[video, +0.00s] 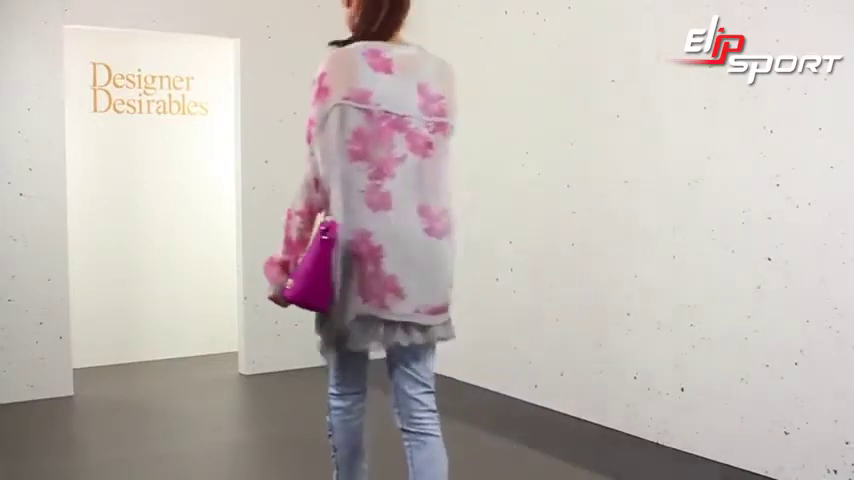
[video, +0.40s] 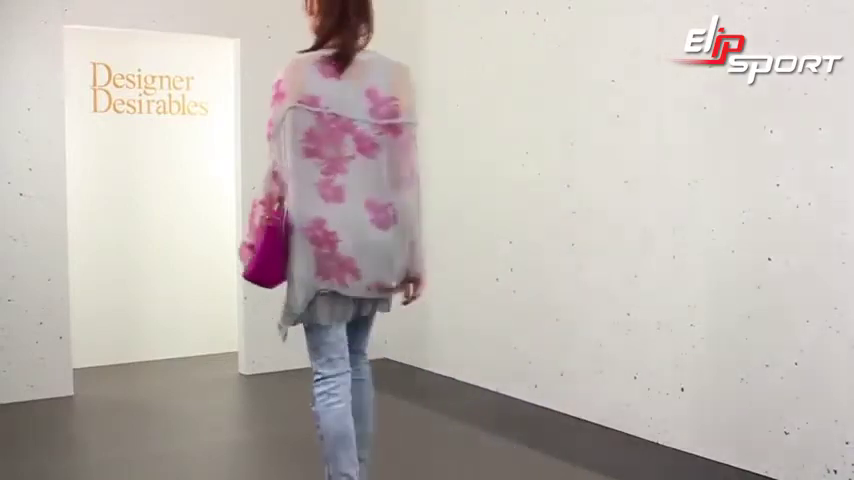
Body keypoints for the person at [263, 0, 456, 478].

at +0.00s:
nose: (345, 10)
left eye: (346, 3)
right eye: (346, 3)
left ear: (356, 7)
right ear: (403, 8)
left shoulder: (342, 65)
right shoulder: (438, 71)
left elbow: (318, 176)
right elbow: (433, 174)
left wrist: (285, 266)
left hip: (352, 253)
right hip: (424, 254)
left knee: (346, 397)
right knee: (419, 405)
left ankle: (349, 475)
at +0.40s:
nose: (306, 11)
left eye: (310, 4)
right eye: (308, 4)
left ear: (320, 11)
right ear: (362, 11)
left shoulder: (296, 73)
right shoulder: (393, 75)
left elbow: (279, 167)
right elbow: (405, 176)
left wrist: (259, 239)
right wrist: (414, 259)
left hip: (316, 239)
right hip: (381, 239)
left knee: (330, 373)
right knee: (357, 360)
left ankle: (344, 474)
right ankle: (361, 467)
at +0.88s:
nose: (265, 40)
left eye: (268, 33)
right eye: (266, 32)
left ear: (279, 35)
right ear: (312, 33)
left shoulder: (260, 94)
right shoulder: (341, 97)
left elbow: (242, 173)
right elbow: (348, 179)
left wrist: (220, 238)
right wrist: (346, 243)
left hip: (271, 235)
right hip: (328, 238)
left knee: (272, 334)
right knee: (319, 343)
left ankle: (278, 447)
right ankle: (309, 455)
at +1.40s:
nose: (223, 58)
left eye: (225, 52)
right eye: (225, 51)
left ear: (231, 55)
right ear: (263, 53)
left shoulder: (216, 106)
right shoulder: (288, 108)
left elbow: (204, 175)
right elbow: (297, 180)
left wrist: (190, 230)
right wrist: (303, 238)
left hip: (233, 228)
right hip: (280, 228)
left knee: (244, 323)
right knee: (263, 313)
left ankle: (263, 422)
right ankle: (260, 406)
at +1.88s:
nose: (185, 77)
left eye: (186, 71)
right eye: (187, 70)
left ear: (192, 74)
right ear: (220, 72)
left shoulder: (179, 121)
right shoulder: (242, 121)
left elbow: (168, 179)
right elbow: (251, 183)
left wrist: (154, 227)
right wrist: (253, 234)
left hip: (192, 229)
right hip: (235, 230)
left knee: (193, 304)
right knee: (229, 310)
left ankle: (193, 387)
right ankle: (220, 397)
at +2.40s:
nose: (157, 88)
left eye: (158, 82)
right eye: (159, 81)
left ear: (161, 85)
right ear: (188, 84)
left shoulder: (149, 128)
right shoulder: (207, 129)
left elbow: (138, 181)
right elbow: (214, 184)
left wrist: (128, 224)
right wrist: (218, 229)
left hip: (162, 225)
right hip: (199, 225)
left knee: (169, 298)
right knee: (189, 293)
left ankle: (179, 376)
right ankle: (186, 367)